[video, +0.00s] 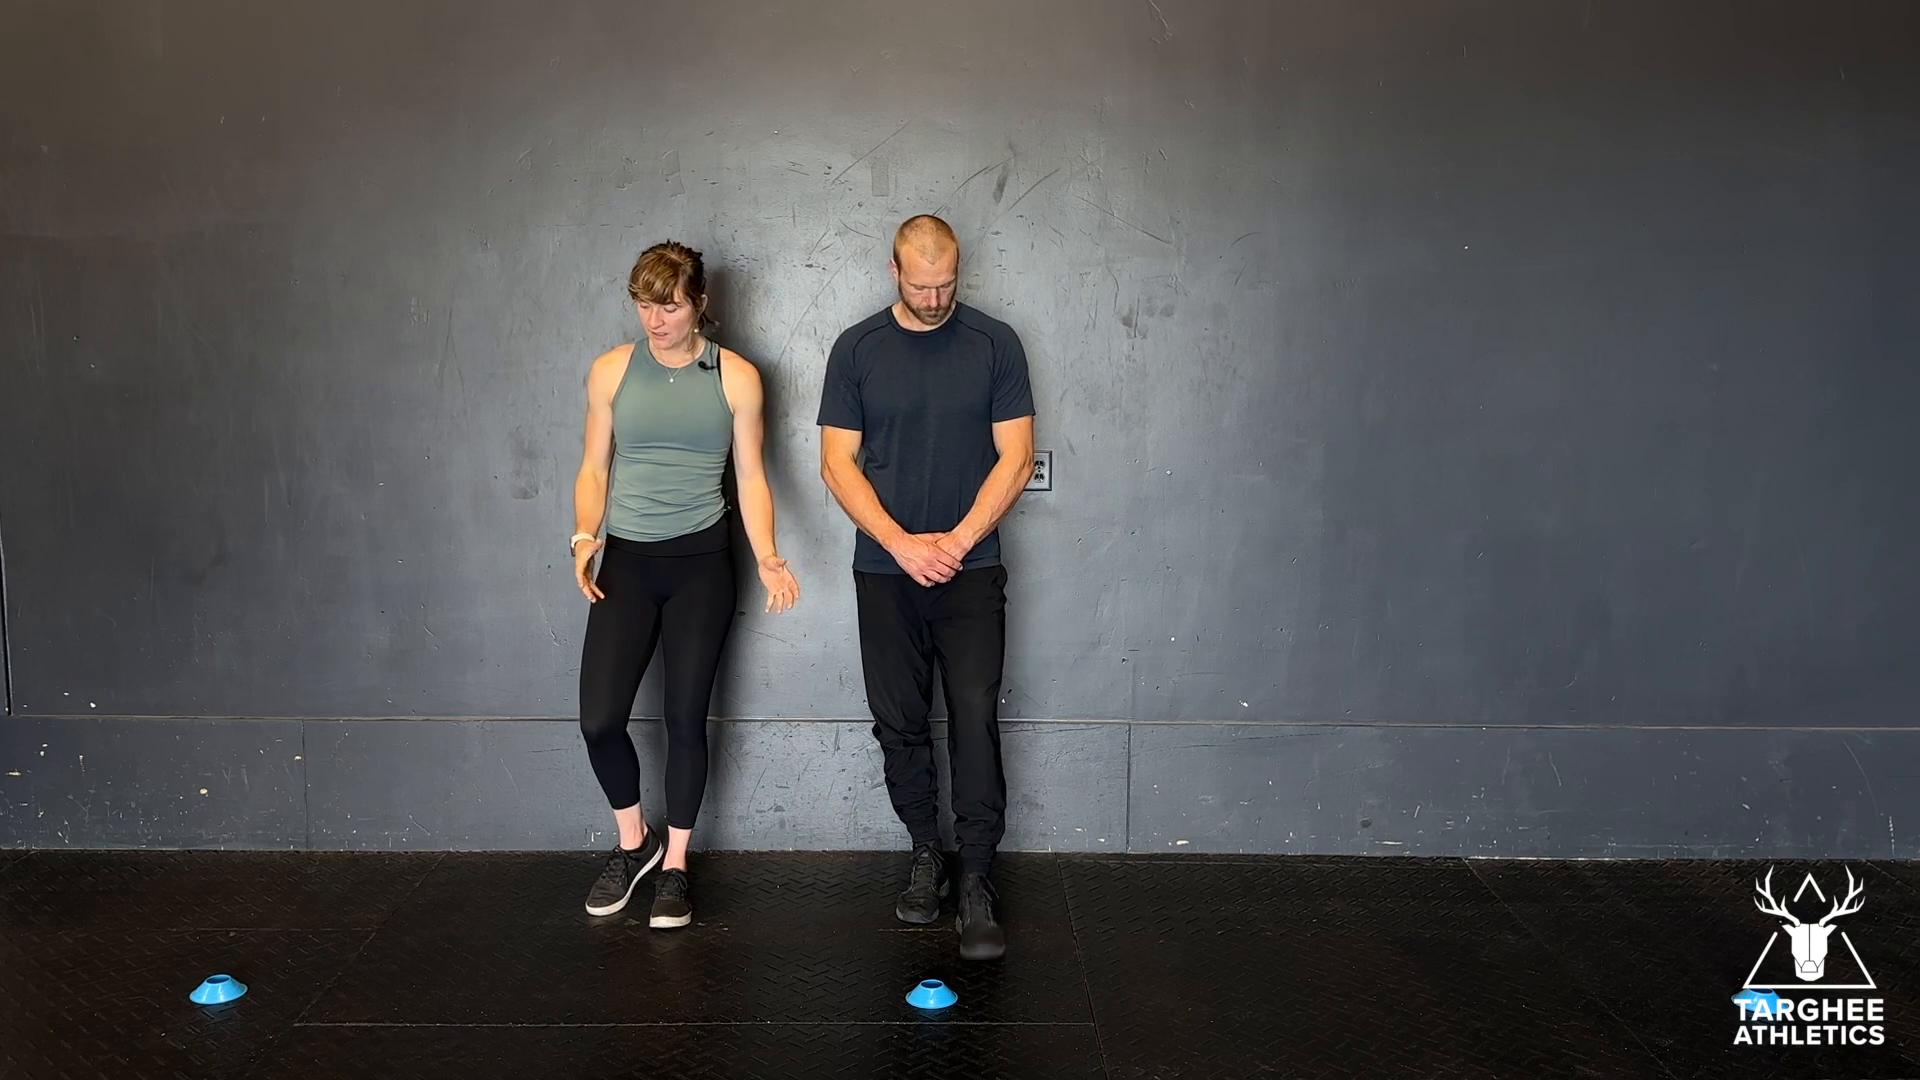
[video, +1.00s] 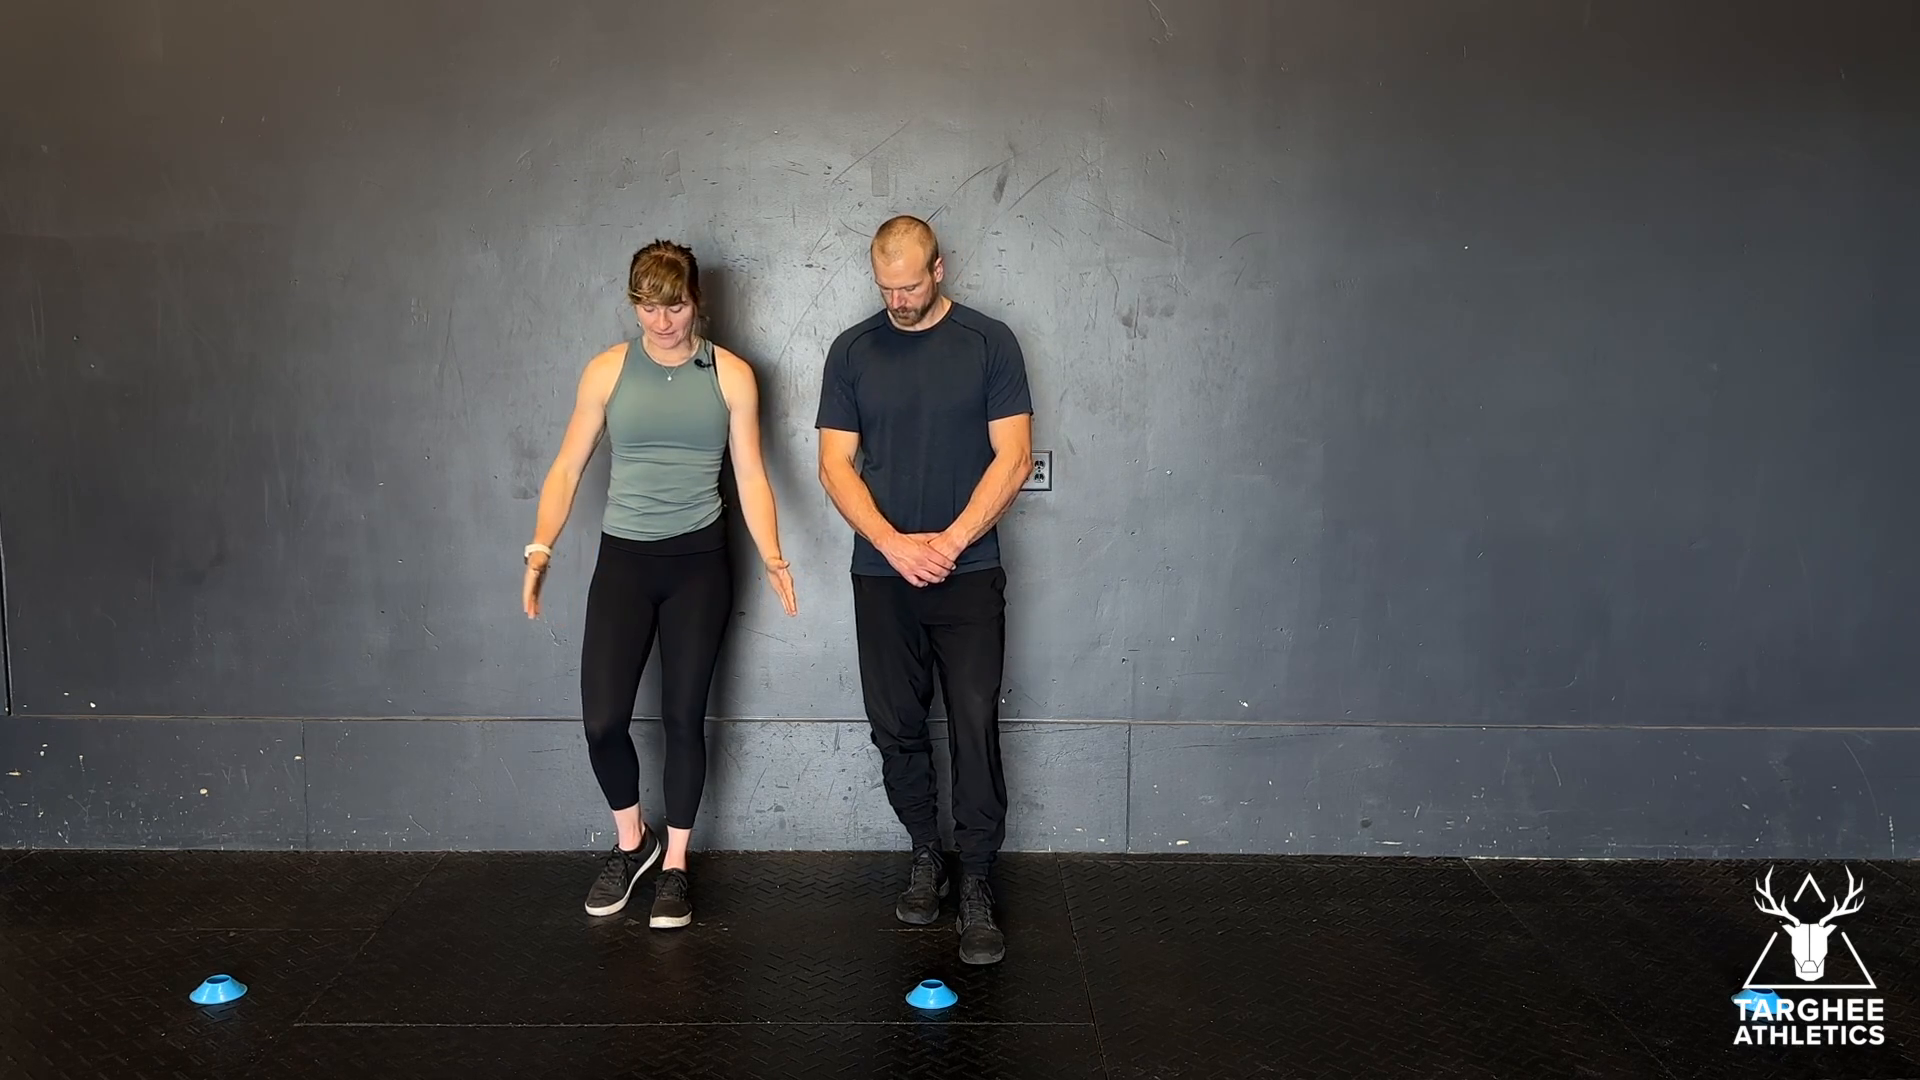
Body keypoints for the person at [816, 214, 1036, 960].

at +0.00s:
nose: (934, 295)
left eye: (945, 283)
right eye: (923, 283)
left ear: (957, 271)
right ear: (897, 270)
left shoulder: (993, 344)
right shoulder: (856, 348)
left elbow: (1016, 461)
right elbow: (837, 466)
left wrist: (955, 542)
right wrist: (898, 541)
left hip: (970, 568)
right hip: (886, 570)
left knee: (975, 718)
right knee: (900, 723)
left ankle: (977, 876)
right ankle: (927, 856)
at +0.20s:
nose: (925, 296)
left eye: (936, 284)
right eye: (913, 285)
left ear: (953, 269)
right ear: (894, 271)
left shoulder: (994, 344)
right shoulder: (857, 349)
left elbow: (1017, 461)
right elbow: (836, 463)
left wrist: (955, 541)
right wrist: (896, 539)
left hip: (971, 567)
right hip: (885, 568)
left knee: (978, 717)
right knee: (900, 722)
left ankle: (978, 872)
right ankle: (927, 856)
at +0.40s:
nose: (912, 301)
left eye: (924, 288)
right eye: (901, 289)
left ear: (949, 271)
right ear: (886, 275)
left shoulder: (996, 344)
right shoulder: (859, 349)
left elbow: (1019, 461)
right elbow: (839, 465)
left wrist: (955, 541)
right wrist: (896, 540)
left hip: (971, 570)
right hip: (886, 571)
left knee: (975, 725)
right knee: (900, 724)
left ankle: (977, 880)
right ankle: (928, 855)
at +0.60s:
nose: (901, 295)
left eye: (913, 283)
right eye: (891, 282)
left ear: (944, 270)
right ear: (879, 270)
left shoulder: (995, 344)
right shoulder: (858, 349)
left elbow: (1018, 462)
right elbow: (837, 462)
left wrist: (952, 541)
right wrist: (892, 538)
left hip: (971, 567)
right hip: (884, 568)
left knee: (976, 722)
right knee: (901, 724)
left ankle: (977, 875)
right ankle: (929, 857)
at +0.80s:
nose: (898, 299)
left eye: (910, 286)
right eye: (887, 287)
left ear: (940, 270)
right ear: (875, 274)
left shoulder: (992, 343)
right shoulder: (856, 350)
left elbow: (1017, 460)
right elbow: (837, 466)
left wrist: (950, 541)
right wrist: (891, 540)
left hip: (969, 571)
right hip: (884, 573)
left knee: (974, 726)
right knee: (900, 728)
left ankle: (977, 885)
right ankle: (929, 859)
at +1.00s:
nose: (900, 300)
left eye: (911, 287)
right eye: (888, 288)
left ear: (937, 270)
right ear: (872, 277)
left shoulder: (988, 342)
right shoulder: (852, 351)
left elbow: (1014, 459)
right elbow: (834, 467)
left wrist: (950, 541)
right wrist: (890, 541)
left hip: (968, 572)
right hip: (883, 573)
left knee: (974, 727)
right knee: (897, 728)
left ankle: (977, 884)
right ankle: (929, 858)